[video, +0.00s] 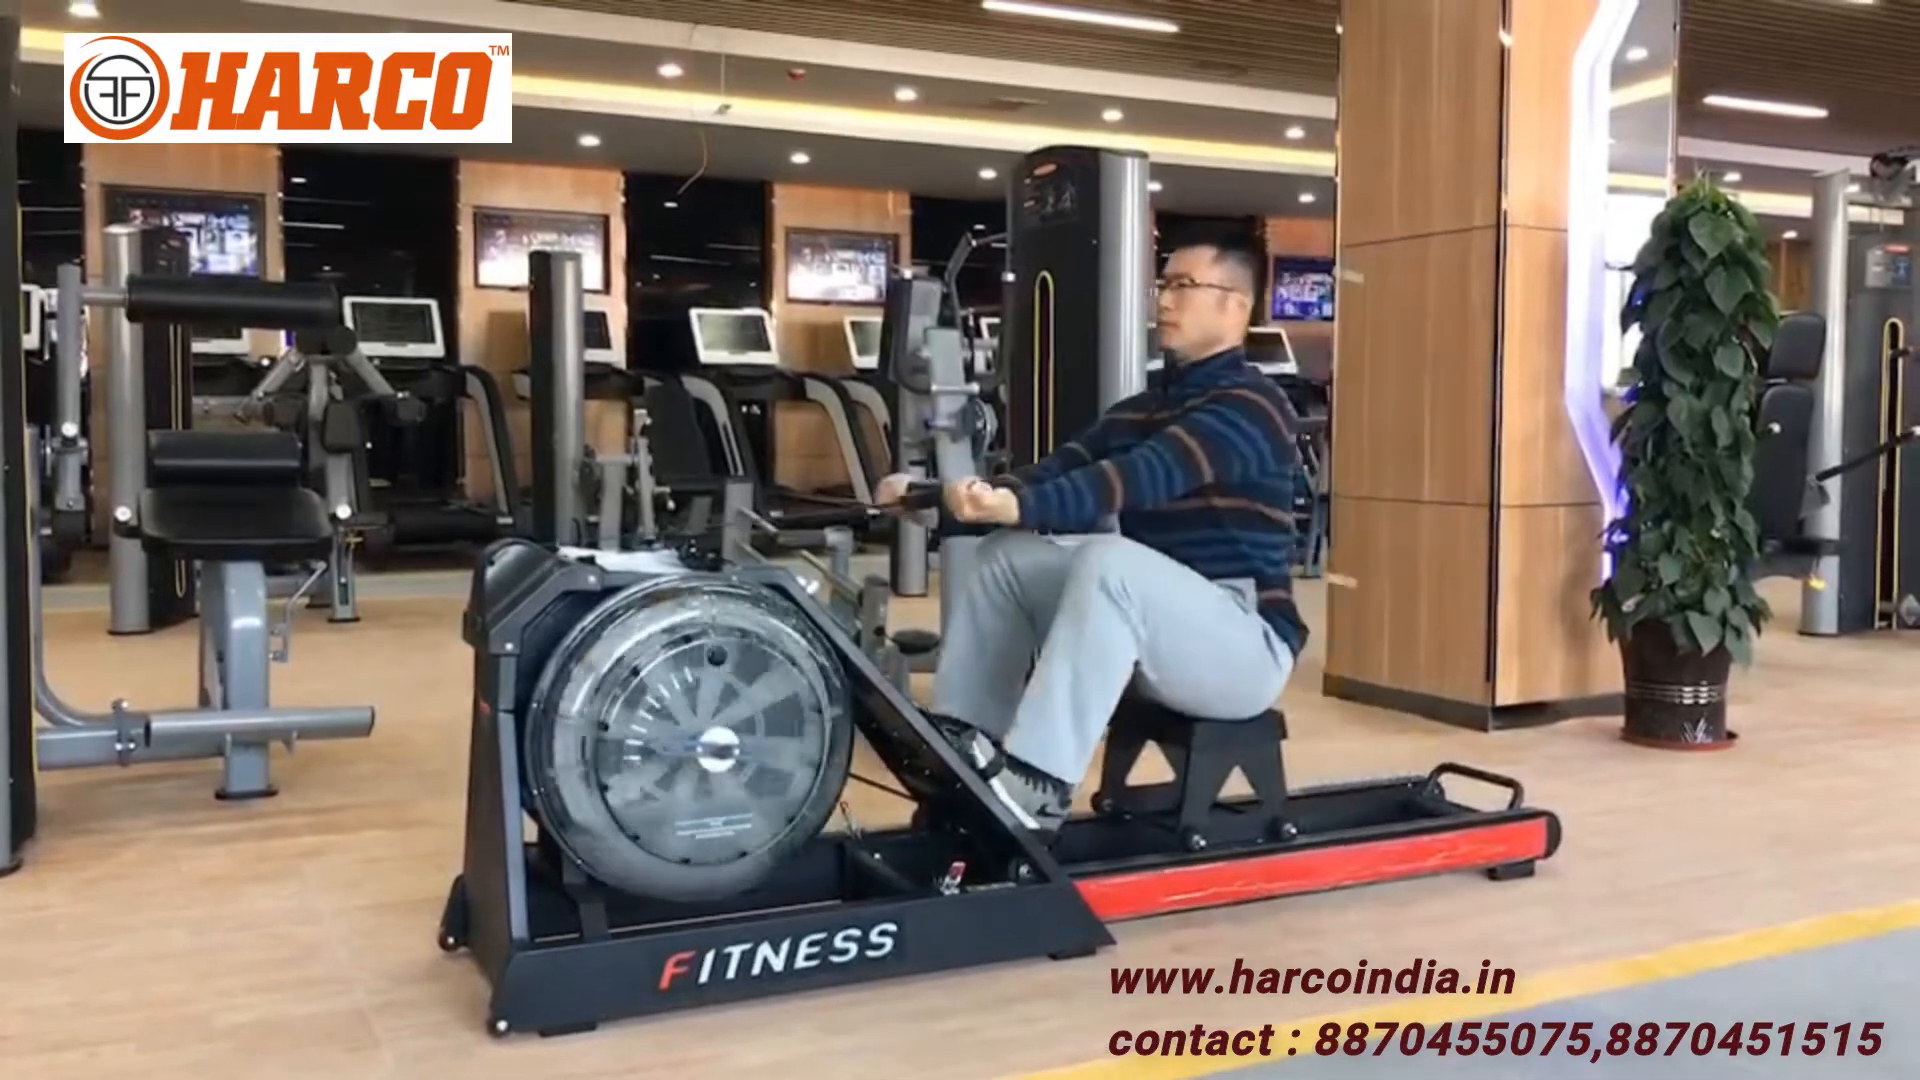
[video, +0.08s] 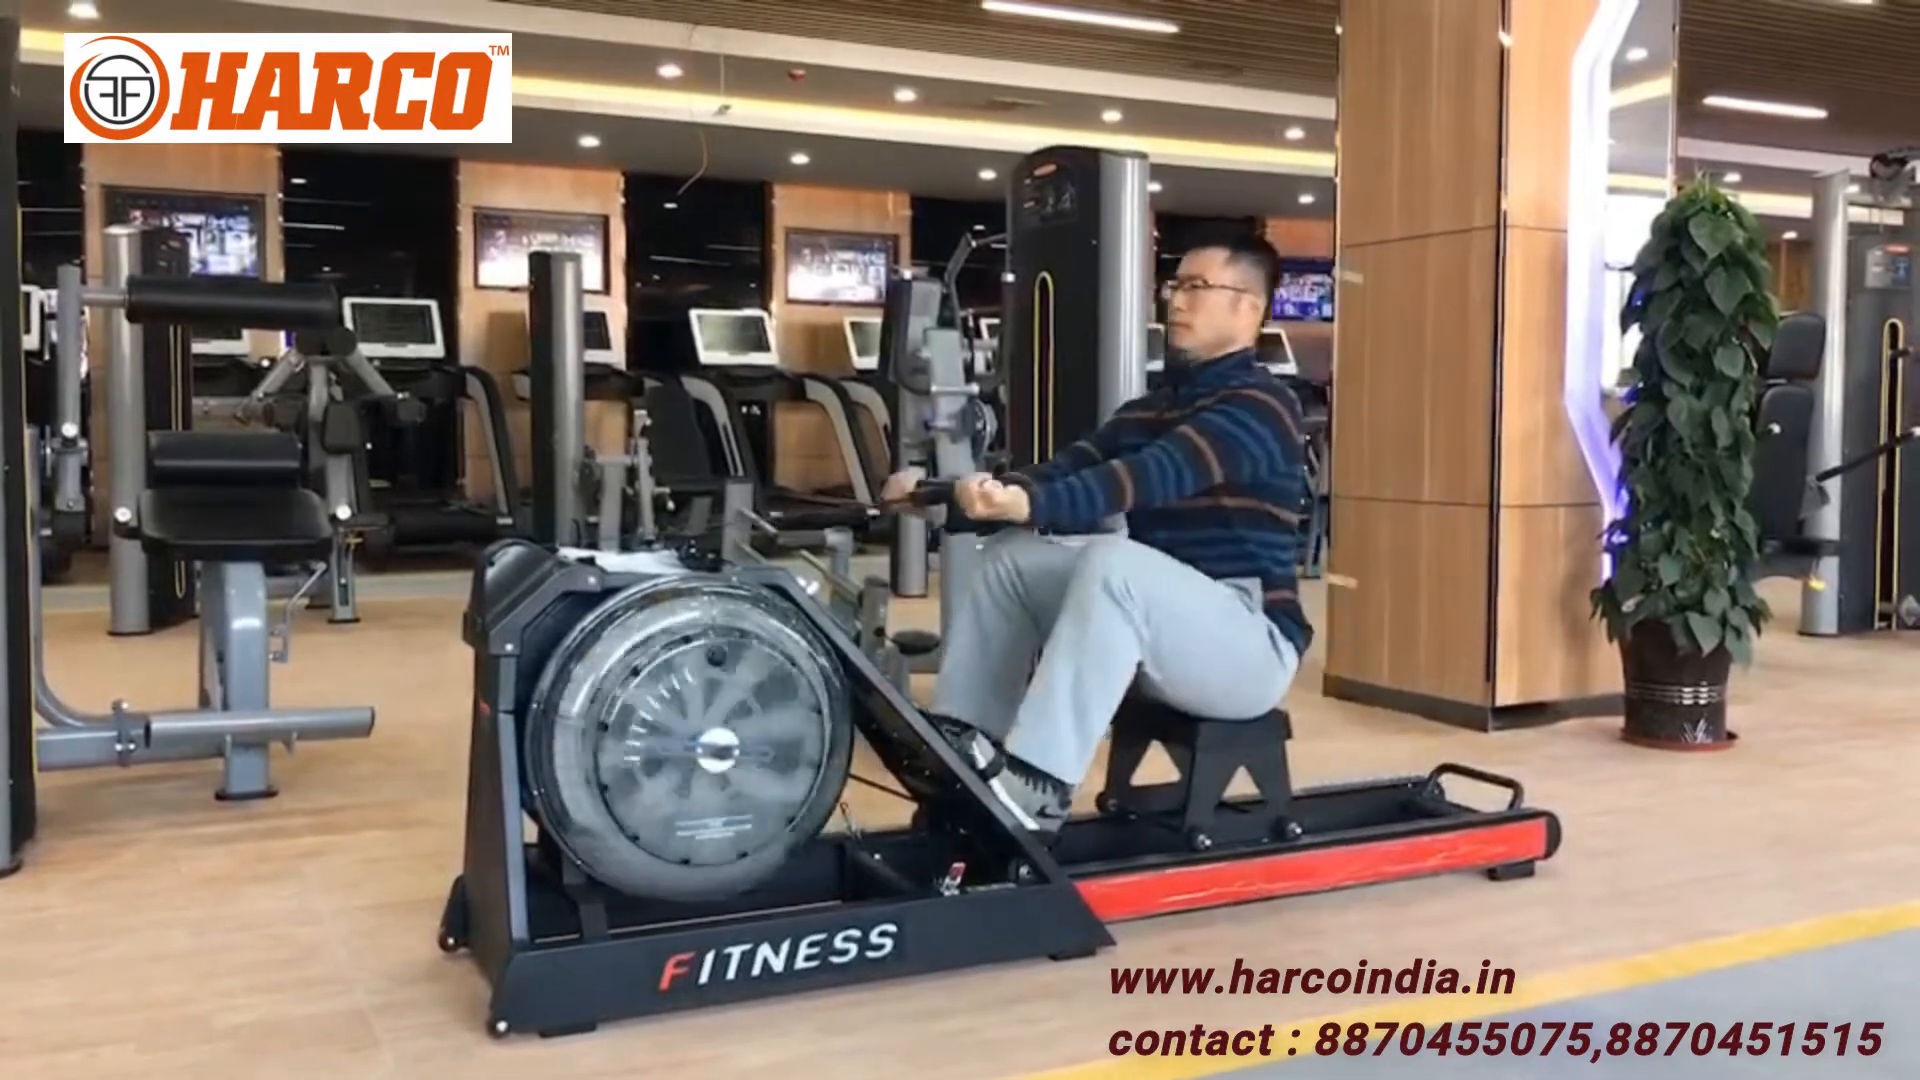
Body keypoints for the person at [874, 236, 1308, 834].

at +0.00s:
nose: (1163, 300)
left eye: (1183, 288)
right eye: (1164, 286)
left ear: (1236, 307)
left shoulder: (1251, 406)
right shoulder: (1144, 407)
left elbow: (1143, 476)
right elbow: (1058, 470)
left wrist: (1019, 506)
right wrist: (931, 494)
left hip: (1245, 645)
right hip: (1155, 622)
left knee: (1109, 565)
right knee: (992, 557)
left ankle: (1039, 783)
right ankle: (966, 749)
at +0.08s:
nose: (1176, 299)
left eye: (1199, 287)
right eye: (1176, 286)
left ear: (1248, 312)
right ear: (1167, 297)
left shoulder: (1261, 406)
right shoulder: (1153, 407)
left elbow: (1151, 476)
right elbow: (1066, 470)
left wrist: (1029, 505)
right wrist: (935, 491)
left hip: (1250, 644)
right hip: (1157, 622)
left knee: (1114, 568)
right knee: (991, 556)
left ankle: (1039, 784)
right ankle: (965, 743)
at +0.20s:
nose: (1211, 306)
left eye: (1231, 293)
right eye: (1209, 292)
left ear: (1280, 313)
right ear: (1201, 303)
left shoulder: (1295, 408)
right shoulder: (1184, 409)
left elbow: (1196, 482)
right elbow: (1098, 474)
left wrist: (1074, 504)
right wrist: (976, 487)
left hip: (1270, 641)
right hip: (1178, 617)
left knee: (1133, 574)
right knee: (1026, 569)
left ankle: (1041, 785)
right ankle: (962, 755)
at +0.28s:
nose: (1229, 310)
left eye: (1249, 297)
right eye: (1227, 297)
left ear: (1301, 315)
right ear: (1220, 306)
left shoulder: (1317, 414)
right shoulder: (1199, 416)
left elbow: (1225, 490)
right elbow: (1113, 486)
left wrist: (1104, 506)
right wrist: (997, 484)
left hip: (1285, 639)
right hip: (1190, 615)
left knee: (1146, 580)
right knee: (1038, 575)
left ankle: (1043, 787)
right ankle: (967, 750)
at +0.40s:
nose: (1275, 323)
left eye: (1295, 309)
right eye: (1272, 309)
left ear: (1350, 322)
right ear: (1266, 315)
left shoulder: (1365, 415)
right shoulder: (1246, 422)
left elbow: (1285, 502)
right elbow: (1175, 499)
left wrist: (1171, 496)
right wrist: (1071, 491)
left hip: (1322, 636)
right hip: (1231, 616)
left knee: (1175, 601)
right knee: (1071, 584)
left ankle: (1046, 788)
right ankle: (968, 749)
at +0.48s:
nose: (1301, 330)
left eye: (1320, 316)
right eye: (1297, 315)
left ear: (1375, 326)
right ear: (1289, 321)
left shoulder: (1390, 419)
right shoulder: (1273, 422)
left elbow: (1318, 510)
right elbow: (1206, 516)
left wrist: (1205, 488)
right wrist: (1103, 495)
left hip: (1340, 633)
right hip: (1252, 615)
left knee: (1191, 614)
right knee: (1087, 593)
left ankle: (1056, 789)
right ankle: (974, 752)